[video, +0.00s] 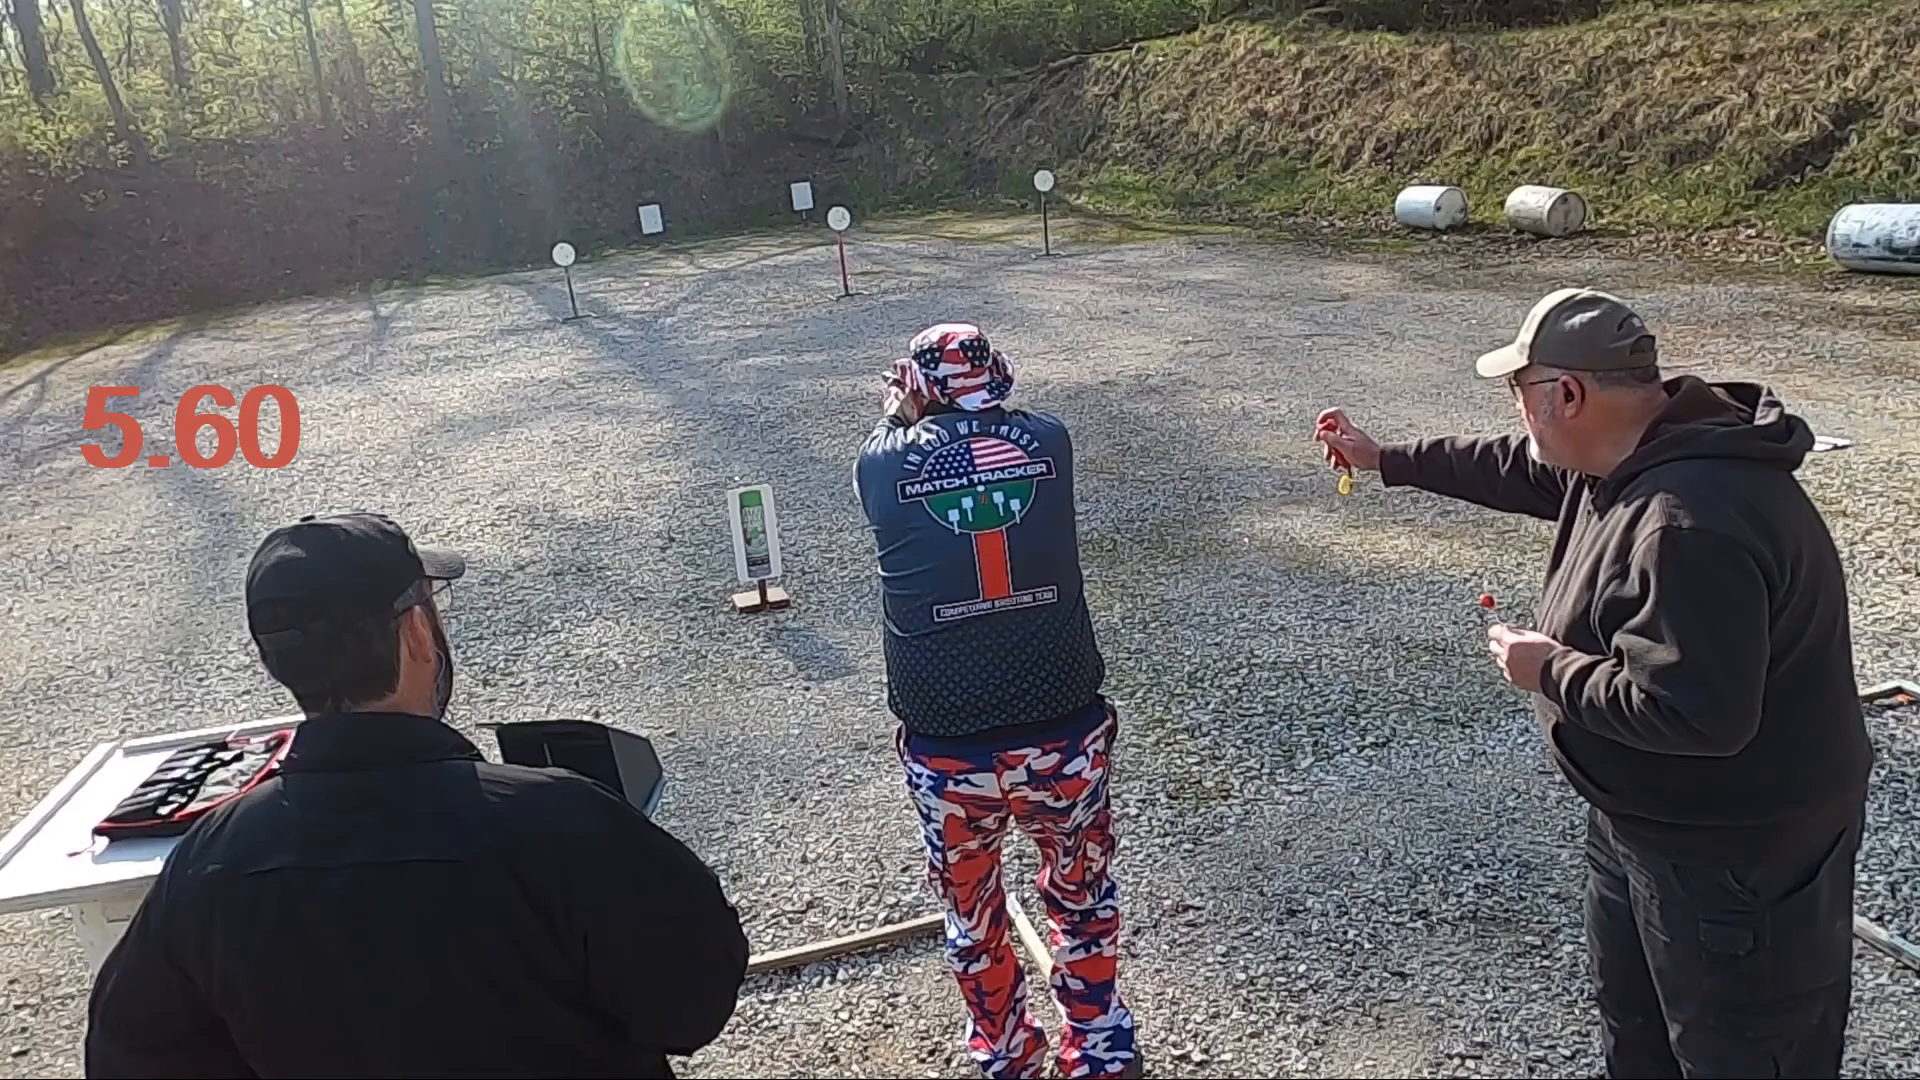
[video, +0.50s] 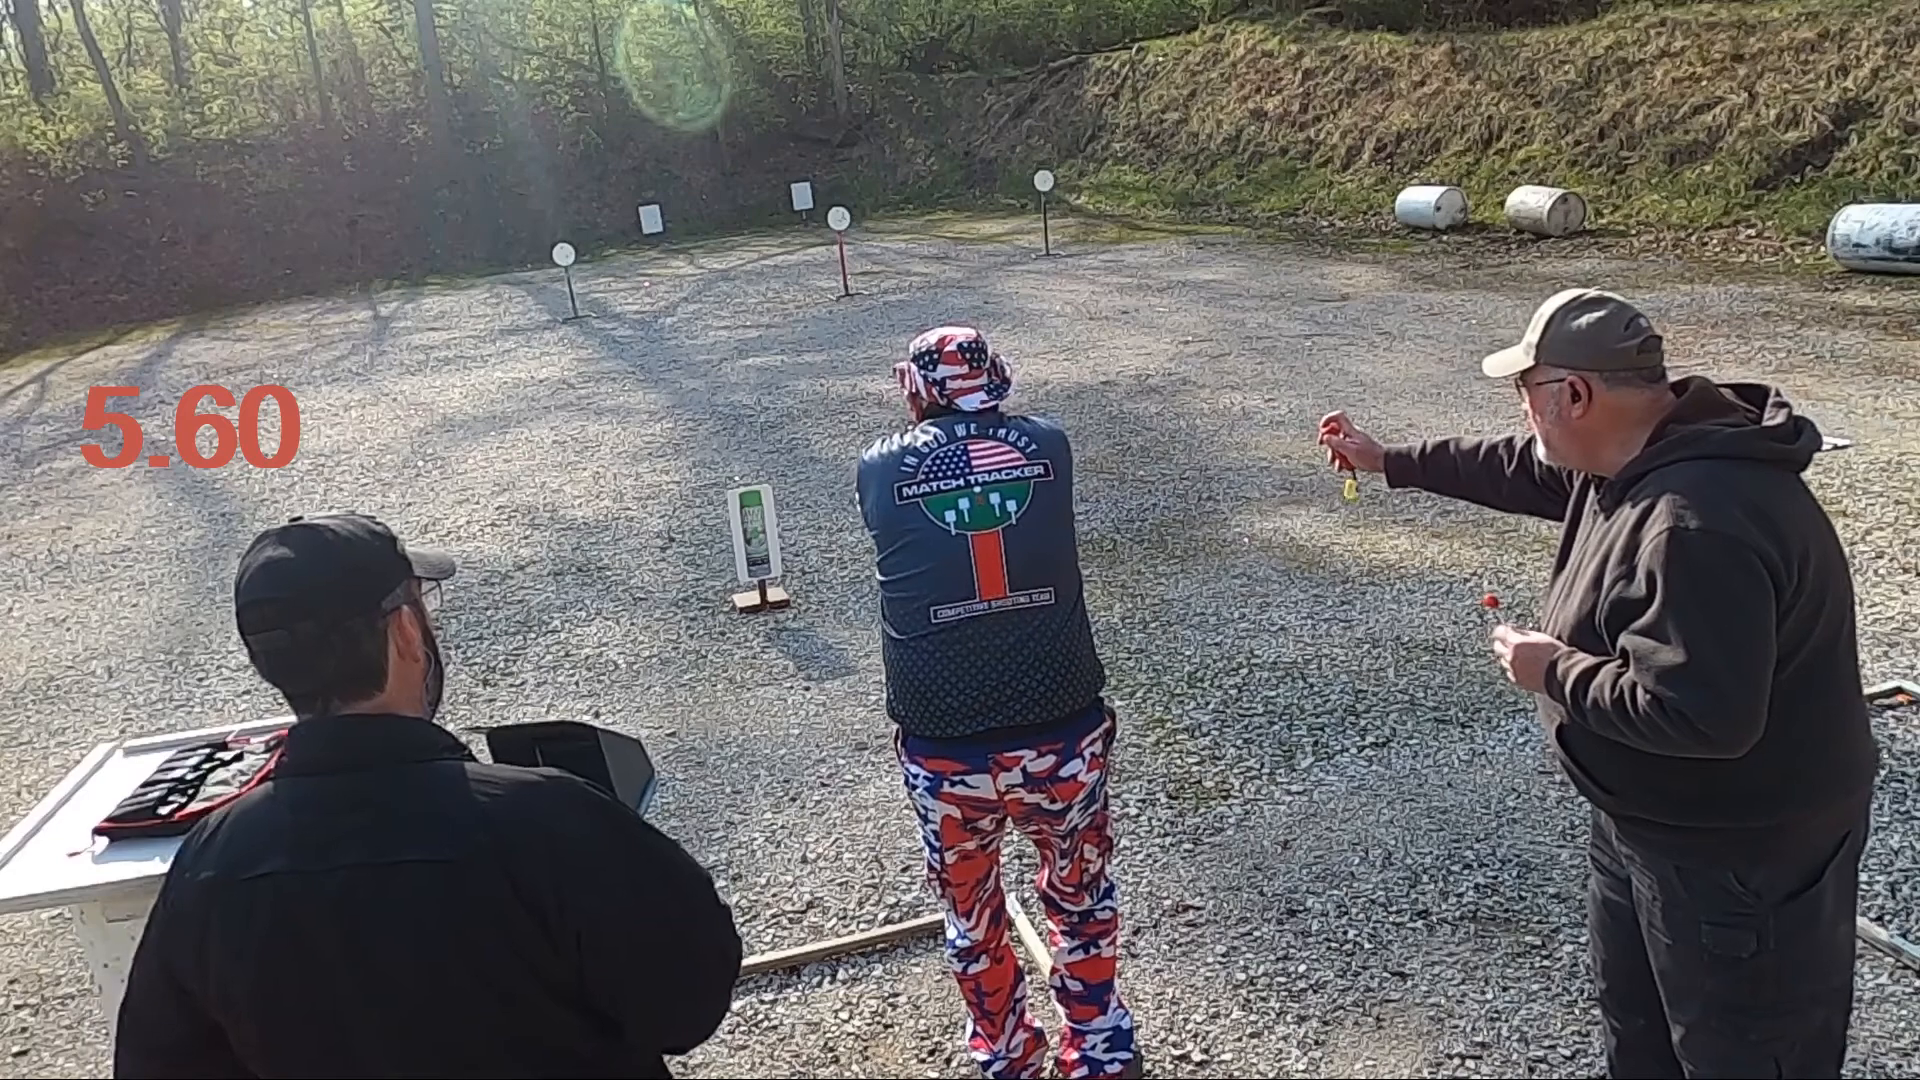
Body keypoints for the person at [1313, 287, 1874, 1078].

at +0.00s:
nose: (1518, 408)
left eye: (1521, 391)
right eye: (1516, 391)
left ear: (1568, 397)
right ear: (1579, 395)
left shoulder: (1689, 525)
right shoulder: (1619, 461)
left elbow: (1703, 716)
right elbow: (1510, 466)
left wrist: (1550, 669)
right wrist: (1383, 457)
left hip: (1735, 855)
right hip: (1640, 821)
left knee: (1743, 1058)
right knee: (1639, 1037)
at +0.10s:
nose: (1517, 408)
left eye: (1521, 390)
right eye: (1516, 390)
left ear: (1569, 397)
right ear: (1580, 395)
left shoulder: (1690, 525)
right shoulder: (1620, 461)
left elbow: (1703, 716)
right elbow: (1511, 467)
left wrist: (1550, 669)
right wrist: (1383, 457)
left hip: (1736, 855)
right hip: (1641, 822)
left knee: (1743, 1059)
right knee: (1639, 1037)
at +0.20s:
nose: (1520, 409)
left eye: (1523, 390)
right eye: (1518, 390)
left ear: (1572, 397)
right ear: (1583, 396)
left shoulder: (1692, 525)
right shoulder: (1622, 462)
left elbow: (1705, 716)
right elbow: (1512, 467)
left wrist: (1551, 669)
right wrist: (1385, 458)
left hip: (1736, 856)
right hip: (1640, 822)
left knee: (1743, 1060)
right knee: (1640, 1037)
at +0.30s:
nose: (1523, 409)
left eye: (1526, 391)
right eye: (1521, 391)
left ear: (1575, 397)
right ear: (1585, 395)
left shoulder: (1695, 525)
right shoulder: (1625, 463)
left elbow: (1706, 716)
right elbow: (1513, 466)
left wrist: (1552, 670)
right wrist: (1386, 458)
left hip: (1737, 857)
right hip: (1641, 823)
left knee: (1744, 1060)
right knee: (1641, 1037)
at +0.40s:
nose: (1524, 410)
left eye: (1527, 391)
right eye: (1522, 391)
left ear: (1576, 397)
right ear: (1586, 396)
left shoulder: (1697, 526)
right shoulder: (1626, 462)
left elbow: (1706, 716)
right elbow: (1514, 466)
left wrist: (1553, 670)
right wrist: (1387, 459)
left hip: (1737, 856)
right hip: (1641, 822)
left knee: (1745, 1061)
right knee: (1641, 1037)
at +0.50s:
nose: (1524, 409)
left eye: (1528, 391)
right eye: (1523, 391)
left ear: (1577, 398)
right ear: (1587, 396)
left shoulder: (1697, 526)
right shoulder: (1625, 463)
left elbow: (1707, 716)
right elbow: (1516, 467)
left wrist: (1553, 670)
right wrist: (1388, 460)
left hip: (1738, 856)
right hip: (1640, 823)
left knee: (1746, 1061)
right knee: (1641, 1038)